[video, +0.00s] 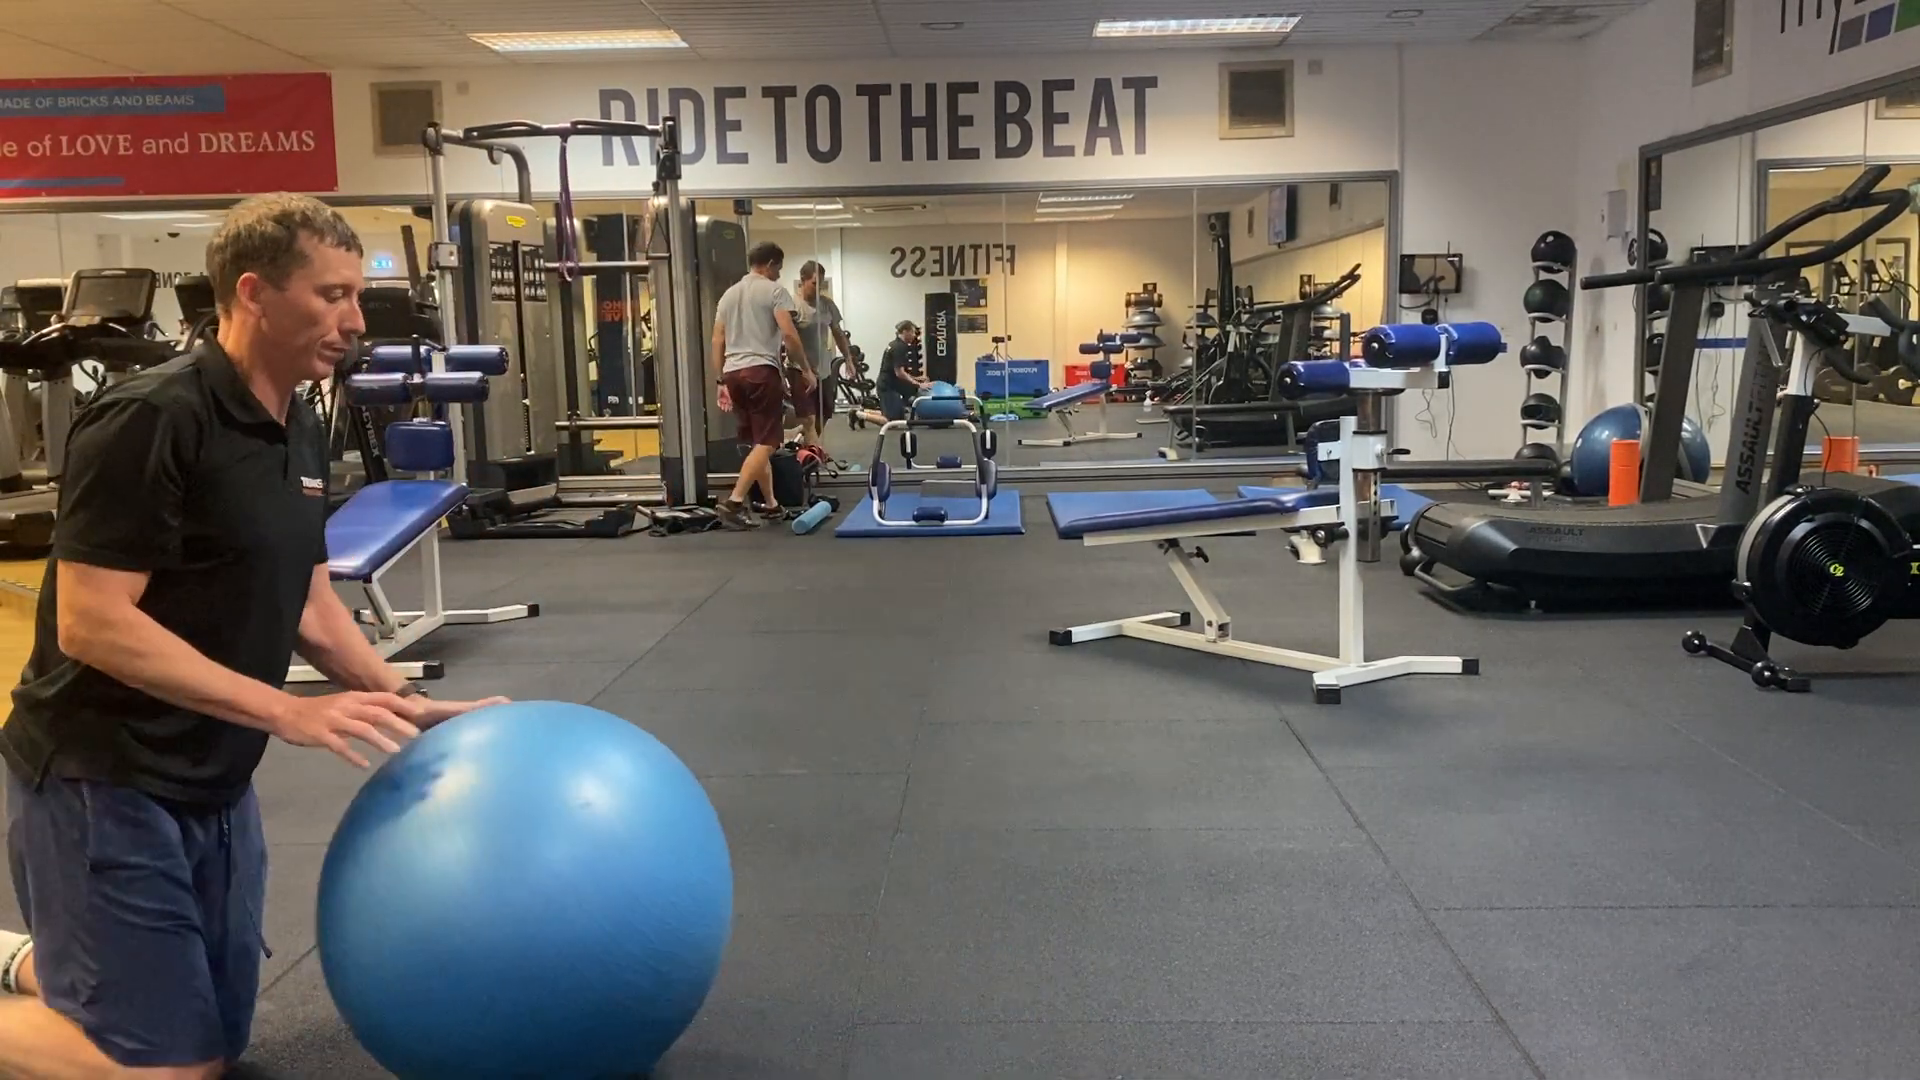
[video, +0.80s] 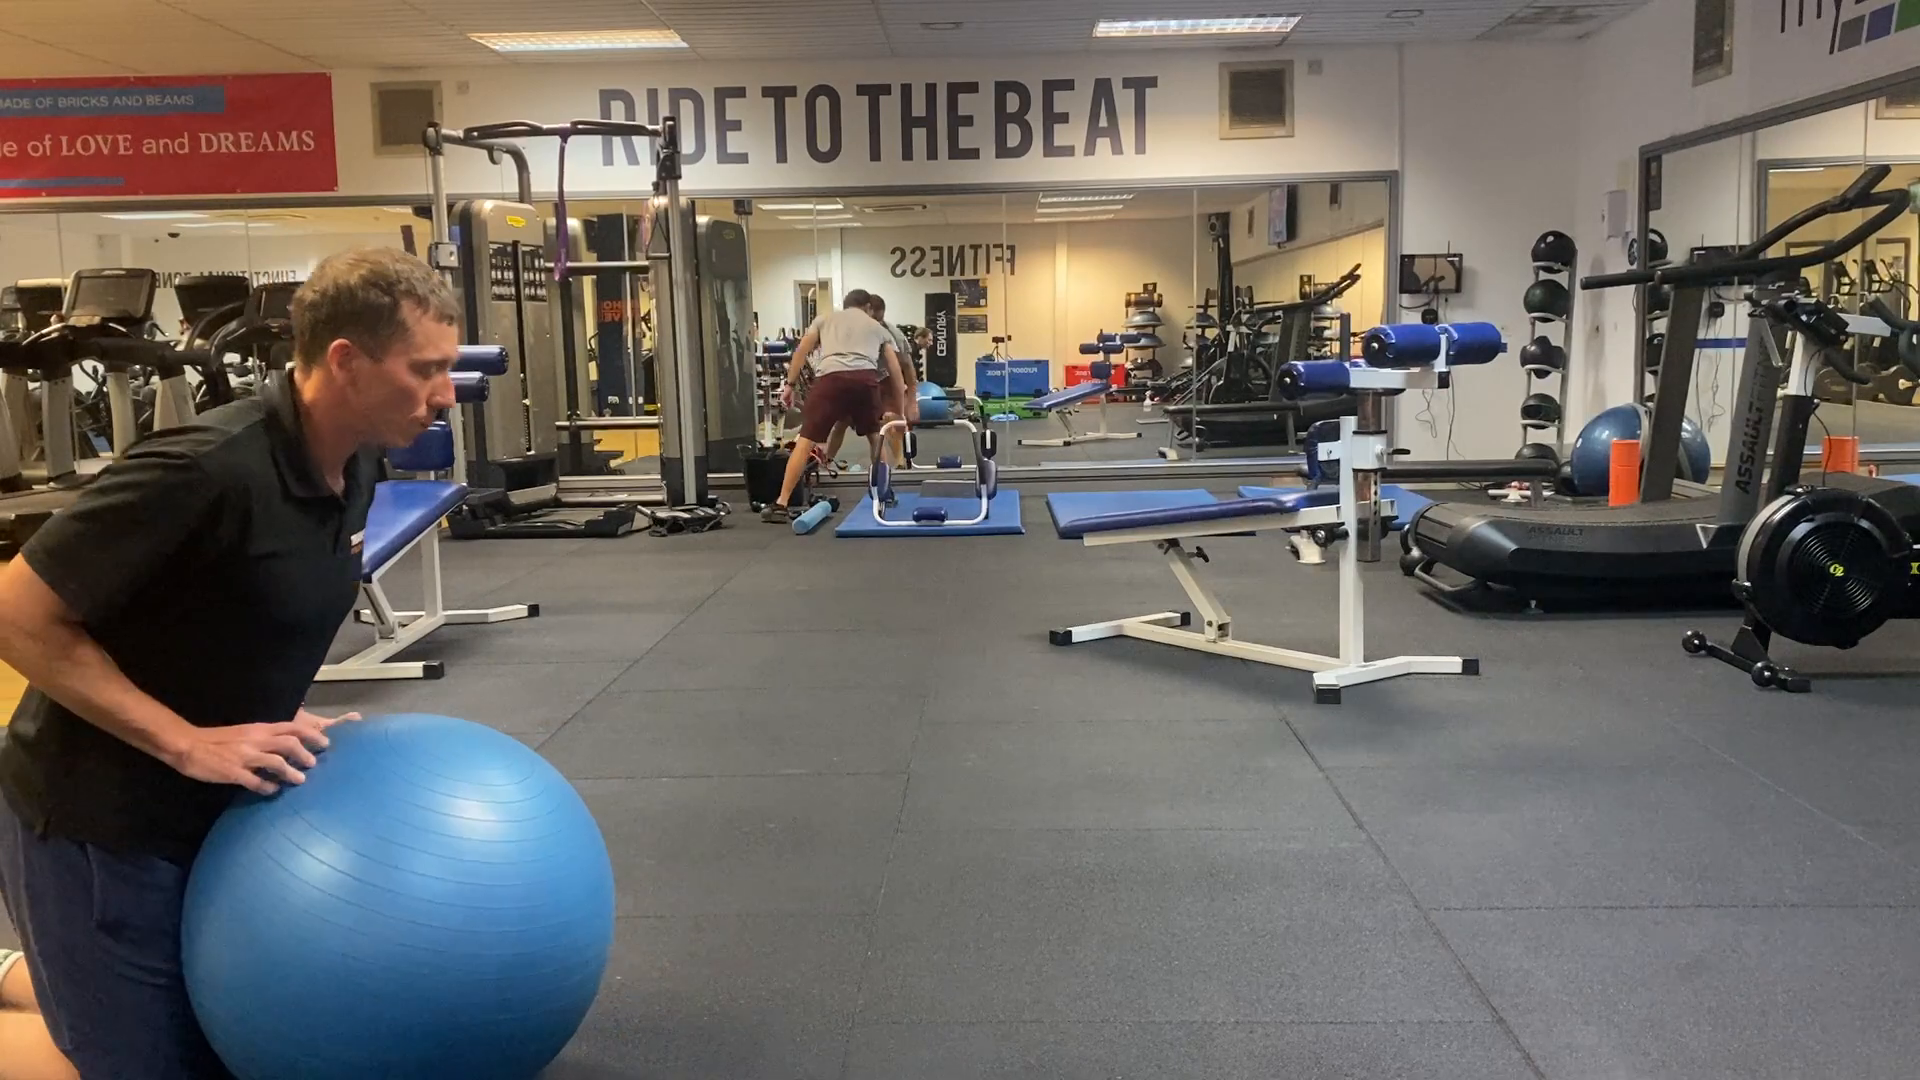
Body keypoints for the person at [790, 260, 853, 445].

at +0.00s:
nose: (817, 287)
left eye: (820, 282)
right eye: (813, 282)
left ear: (823, 281)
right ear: (802, 280)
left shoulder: (827, 304)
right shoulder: (791, 305)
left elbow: (838, 333)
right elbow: (783, 339)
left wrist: (848, 359)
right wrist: (779, 370)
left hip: (825, 371)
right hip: (799, 371)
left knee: (823, 416)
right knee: (807, 418)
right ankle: (816, 454)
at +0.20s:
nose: (825, 284)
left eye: (827, 280)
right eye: (821, 279)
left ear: (831, 279)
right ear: (810, 278)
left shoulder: (835, 301)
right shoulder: (797, 301)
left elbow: (844, 334)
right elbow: (790, 334)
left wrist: (849, 365)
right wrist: (799, 365)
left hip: (834, 369)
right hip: (808, 370)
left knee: (849, 410)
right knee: (810, 417)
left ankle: (832, 434)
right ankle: (811, 455)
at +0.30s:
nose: (827, 279)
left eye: (830, 275)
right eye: (823, 275)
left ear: (835, 277)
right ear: (813, 277)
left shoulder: (841, 301)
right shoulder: (804, 300)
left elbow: (849, 334)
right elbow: (798, 335)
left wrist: (853, 365)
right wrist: (808, 366)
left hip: (841, 367)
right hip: (815, 370)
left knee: (857, 403)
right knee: (818, 417)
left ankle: (853, 438)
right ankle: (817, 455)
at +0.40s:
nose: (828, 282)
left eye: (832, 278)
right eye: (823, 278)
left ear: (839, 278)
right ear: (817, 279)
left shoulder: (846, 301)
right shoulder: (810, 302)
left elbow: (856, 334)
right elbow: (803, 336)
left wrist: (861, 364)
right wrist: (808, 366)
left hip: (848, 368)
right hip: (820, 370)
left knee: (864, 405)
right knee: (818, 419)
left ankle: (875, 449)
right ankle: (816, 461)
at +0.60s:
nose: (842, 292)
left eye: (846, 288)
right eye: (839, 287)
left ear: (855, 288)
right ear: (833, 286)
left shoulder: (866, 311)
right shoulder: (826, 310)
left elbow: (883, 341)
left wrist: (888, 373)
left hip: (864, 371)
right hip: (836, 373)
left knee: (879, 416)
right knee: (828, 418)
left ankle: (894, 458)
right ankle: (824, 457)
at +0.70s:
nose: (858, 303)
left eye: (862, 298)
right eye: (855, 298)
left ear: (869, 298)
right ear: (850, 296)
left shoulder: (882, 320)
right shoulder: (839, 317)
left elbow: (899, 353)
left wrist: (901, 385)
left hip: (875, 377)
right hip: (847, 379)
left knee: (885, 419)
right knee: (833, 423)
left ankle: (898, 460)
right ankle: (824, 461)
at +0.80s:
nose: (869, 314)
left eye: (872, 310)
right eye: (867, 310)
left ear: (881, 312)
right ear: (865, 310)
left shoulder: (892, 332)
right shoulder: (854, 330)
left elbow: (907, 365)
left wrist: (912, 400)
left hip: (888, 381)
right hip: (861, 383)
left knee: (893, 423)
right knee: (840, 423)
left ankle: (899, 460)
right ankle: (827, 460)